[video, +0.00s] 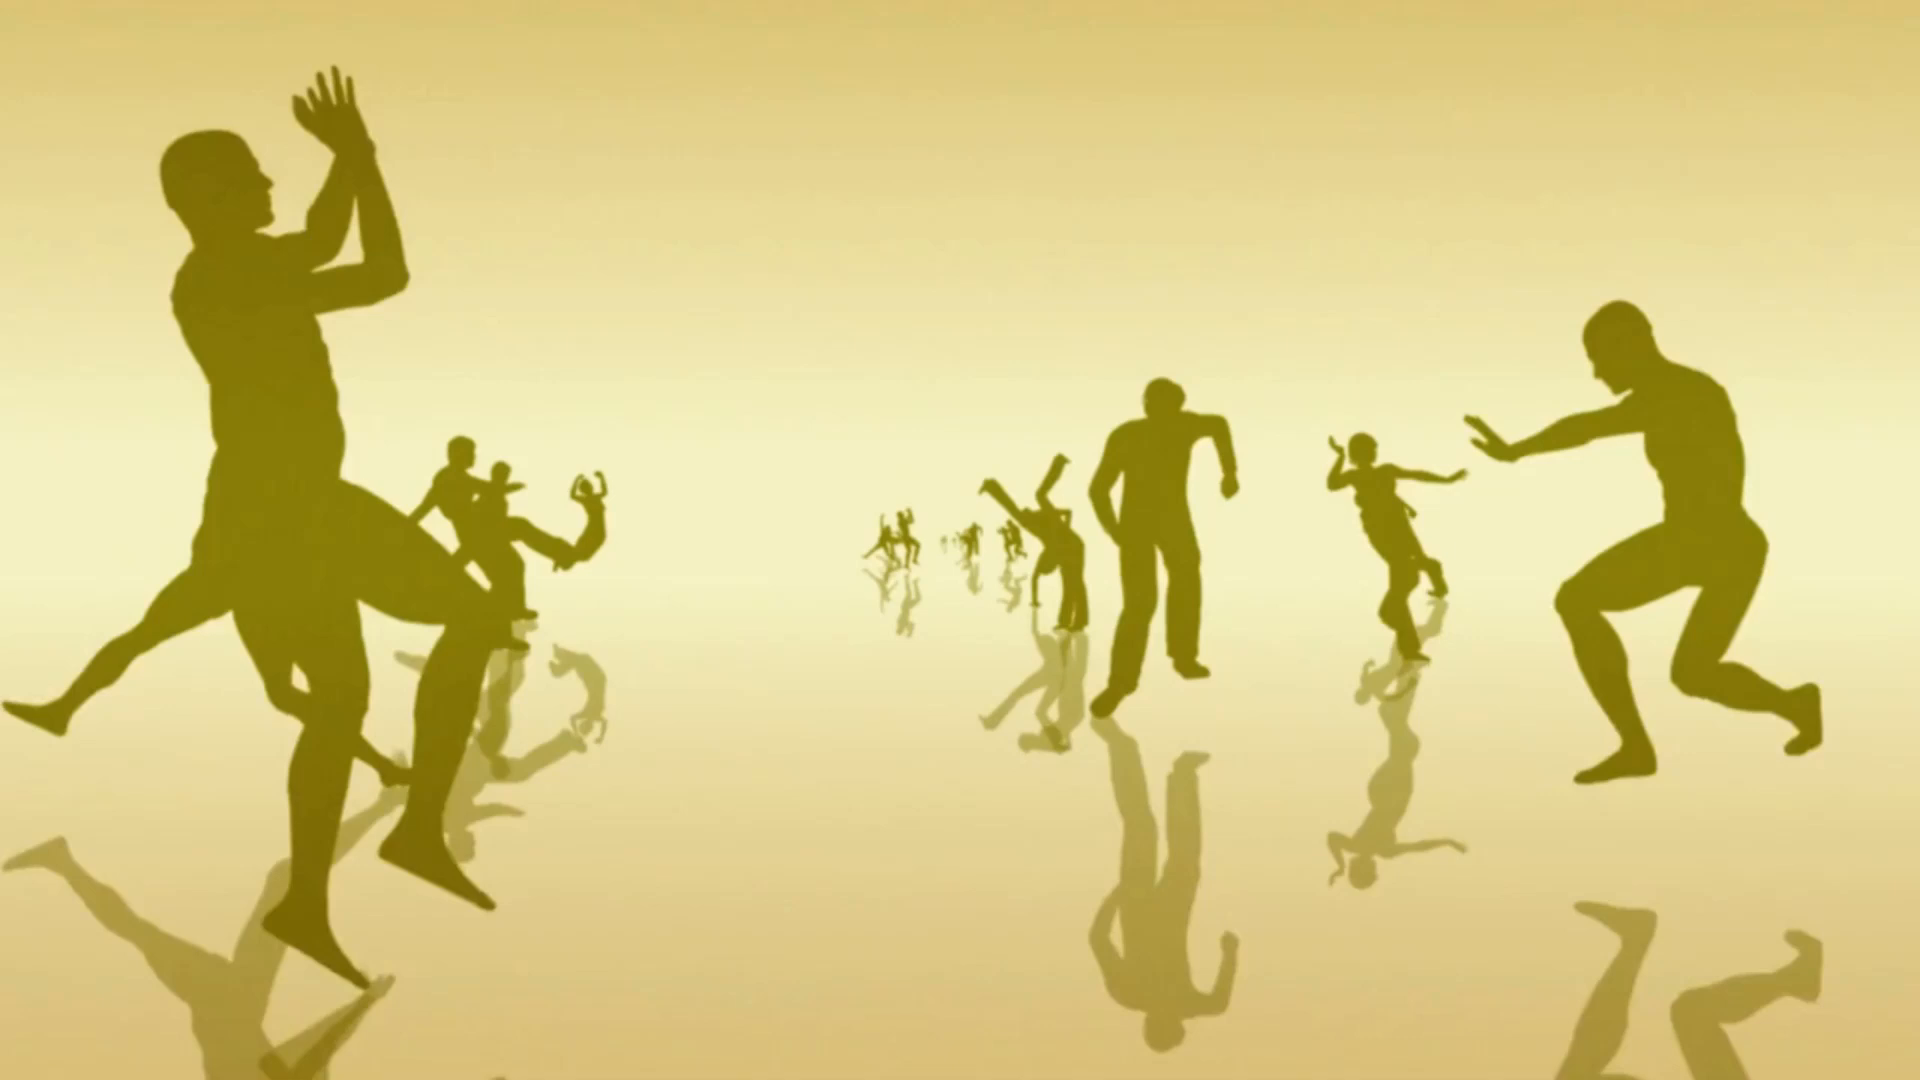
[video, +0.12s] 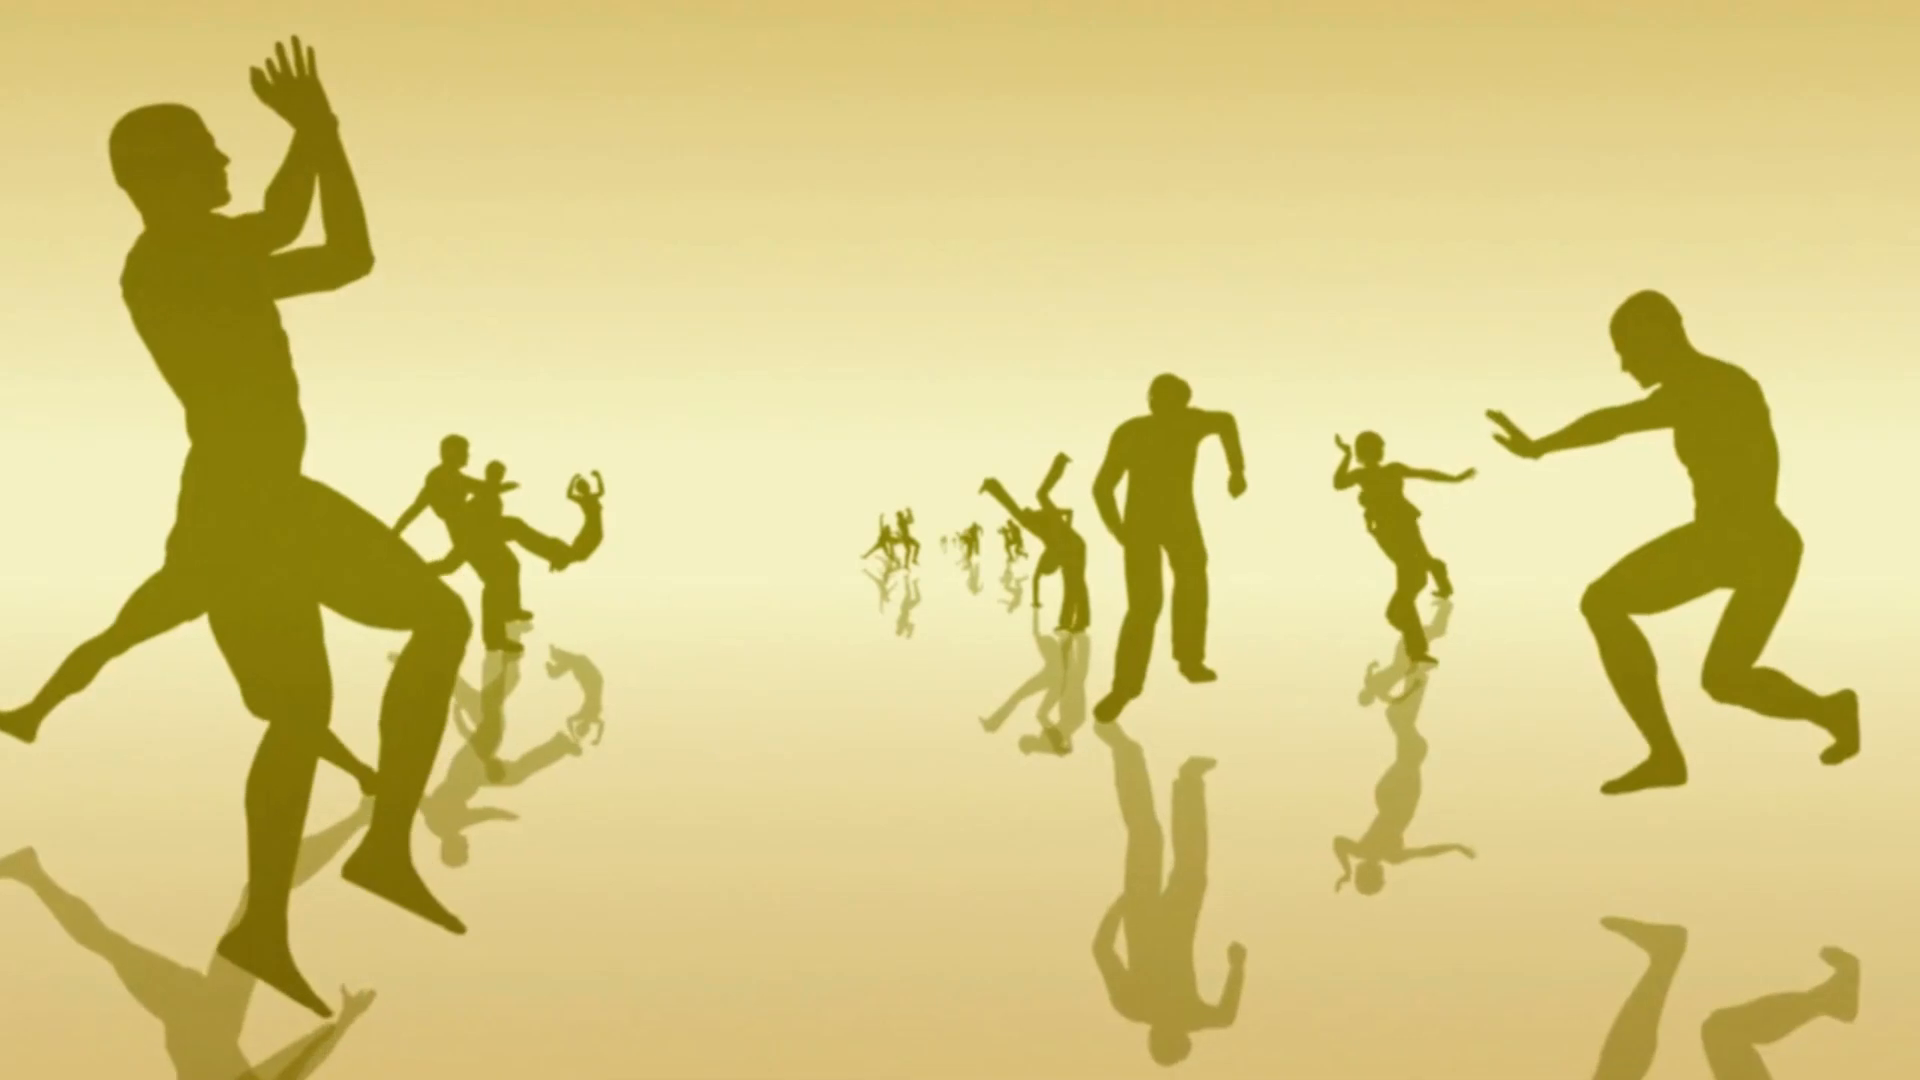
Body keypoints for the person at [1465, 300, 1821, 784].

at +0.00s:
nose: (1596, 371)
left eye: (1599, 356)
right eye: (1592, 359)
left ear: (1630, 347)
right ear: (1633, 347)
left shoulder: (1686, 393)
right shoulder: (1653, 397)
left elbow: (1591, 428)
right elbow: (1588, 427)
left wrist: (1514, 451)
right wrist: (1513, 451)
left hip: (1731, 546)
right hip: (1681, 540)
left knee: (1692, 672)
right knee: (1576, 601)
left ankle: (1794, 706)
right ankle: (1634, 745)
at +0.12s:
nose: (1623, 364)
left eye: (1627, 349)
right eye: (1620, 351)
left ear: (1658, 339)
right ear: (1662, 339)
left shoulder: (1719, 386)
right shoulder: (1682, 392)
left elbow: (1619, 423)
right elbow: (1616, 422)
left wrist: (1539, 446)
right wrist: (1538, 447)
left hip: (1765, 546)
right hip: (1713, 540)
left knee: (1724, 679)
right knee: (1602, 604)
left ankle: (1831, 712)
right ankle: (1663, 754)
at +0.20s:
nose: (1670, 353)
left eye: (1674, 336)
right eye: (1666, 339)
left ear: (1707, 325)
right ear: (1711, 325)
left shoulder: (1769, 376)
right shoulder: (1734, 381)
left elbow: (1662, 415)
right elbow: (1660, 414)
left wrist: (1579, 440)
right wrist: (1578, 440)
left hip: (1820, 546)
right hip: (1766, 539)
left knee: (1777, 688)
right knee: (1646, 608)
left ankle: (1897, 725)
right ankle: (1711, 769)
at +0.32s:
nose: (1704, 343)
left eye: (1708, 325)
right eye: (1699, 329)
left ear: (1743, 314)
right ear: (1746, 317)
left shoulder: (1814, 366)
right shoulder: (1774, 373)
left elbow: (1698, 408)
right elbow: (1695, 408)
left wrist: (1608, 435)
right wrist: (1608, 436)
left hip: (1863, 546)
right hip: (1802, 540)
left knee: (1815, 694)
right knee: (1680, 609)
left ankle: (1916, 729)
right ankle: (1748, 780)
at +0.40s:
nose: (1761, 329)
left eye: (1764, 311)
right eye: (1757, 314)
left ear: (1800, 299)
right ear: (1811, 299)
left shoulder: (1865, 356)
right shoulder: (1844, 357)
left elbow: (1753, 398)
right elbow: (1752, 397)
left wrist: (1657, 428)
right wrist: (1658, 427)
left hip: (1907, 545)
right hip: (1877, 539)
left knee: (1883, 706)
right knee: (1736, 615)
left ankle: (1810, 798)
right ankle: (1808, 798)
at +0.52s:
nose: (1802, 317)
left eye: (1805, 297)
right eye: (1797, 300)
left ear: (1844, 285)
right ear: (1855, 285)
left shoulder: (1896, 346)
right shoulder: (1882, 349)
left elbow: (1791, 390)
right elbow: (1792, 390)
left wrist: (1692, 422)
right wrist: (1694, 421)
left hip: (1910, 539)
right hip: (1906, 537)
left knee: (1915, 715)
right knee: (1776, 619)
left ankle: (1854, 811)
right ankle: (1854, 811)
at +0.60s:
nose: (1873, 296)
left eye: (1878, 274)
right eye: (1870, 278)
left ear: (1915, 266)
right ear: (1907, 272)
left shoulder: (1917, 353)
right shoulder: (1915, 351)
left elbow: (1867, 376)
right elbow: (1868, 376)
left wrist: (1757, 412)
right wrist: (1758, 411)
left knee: (1847, 625)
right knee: (1846, 623)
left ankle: (1917, 820)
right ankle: (1916, 822)